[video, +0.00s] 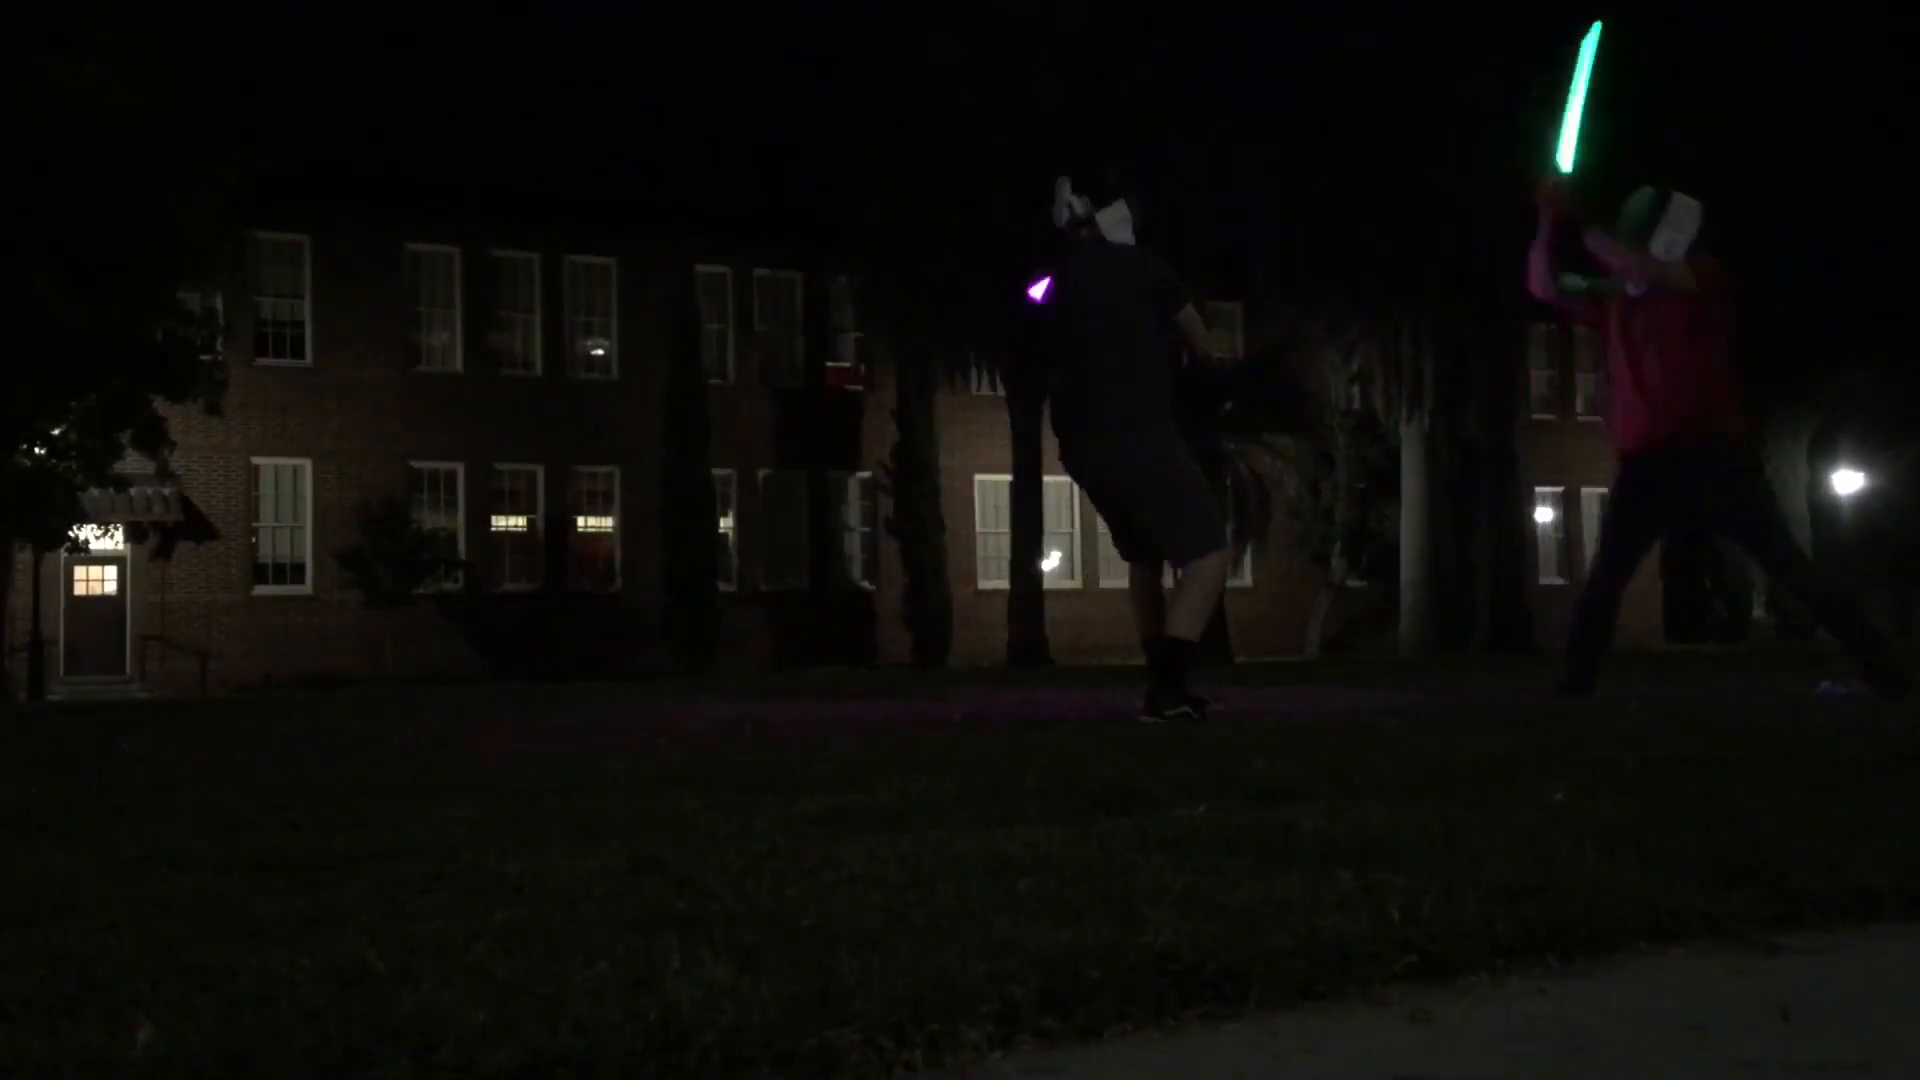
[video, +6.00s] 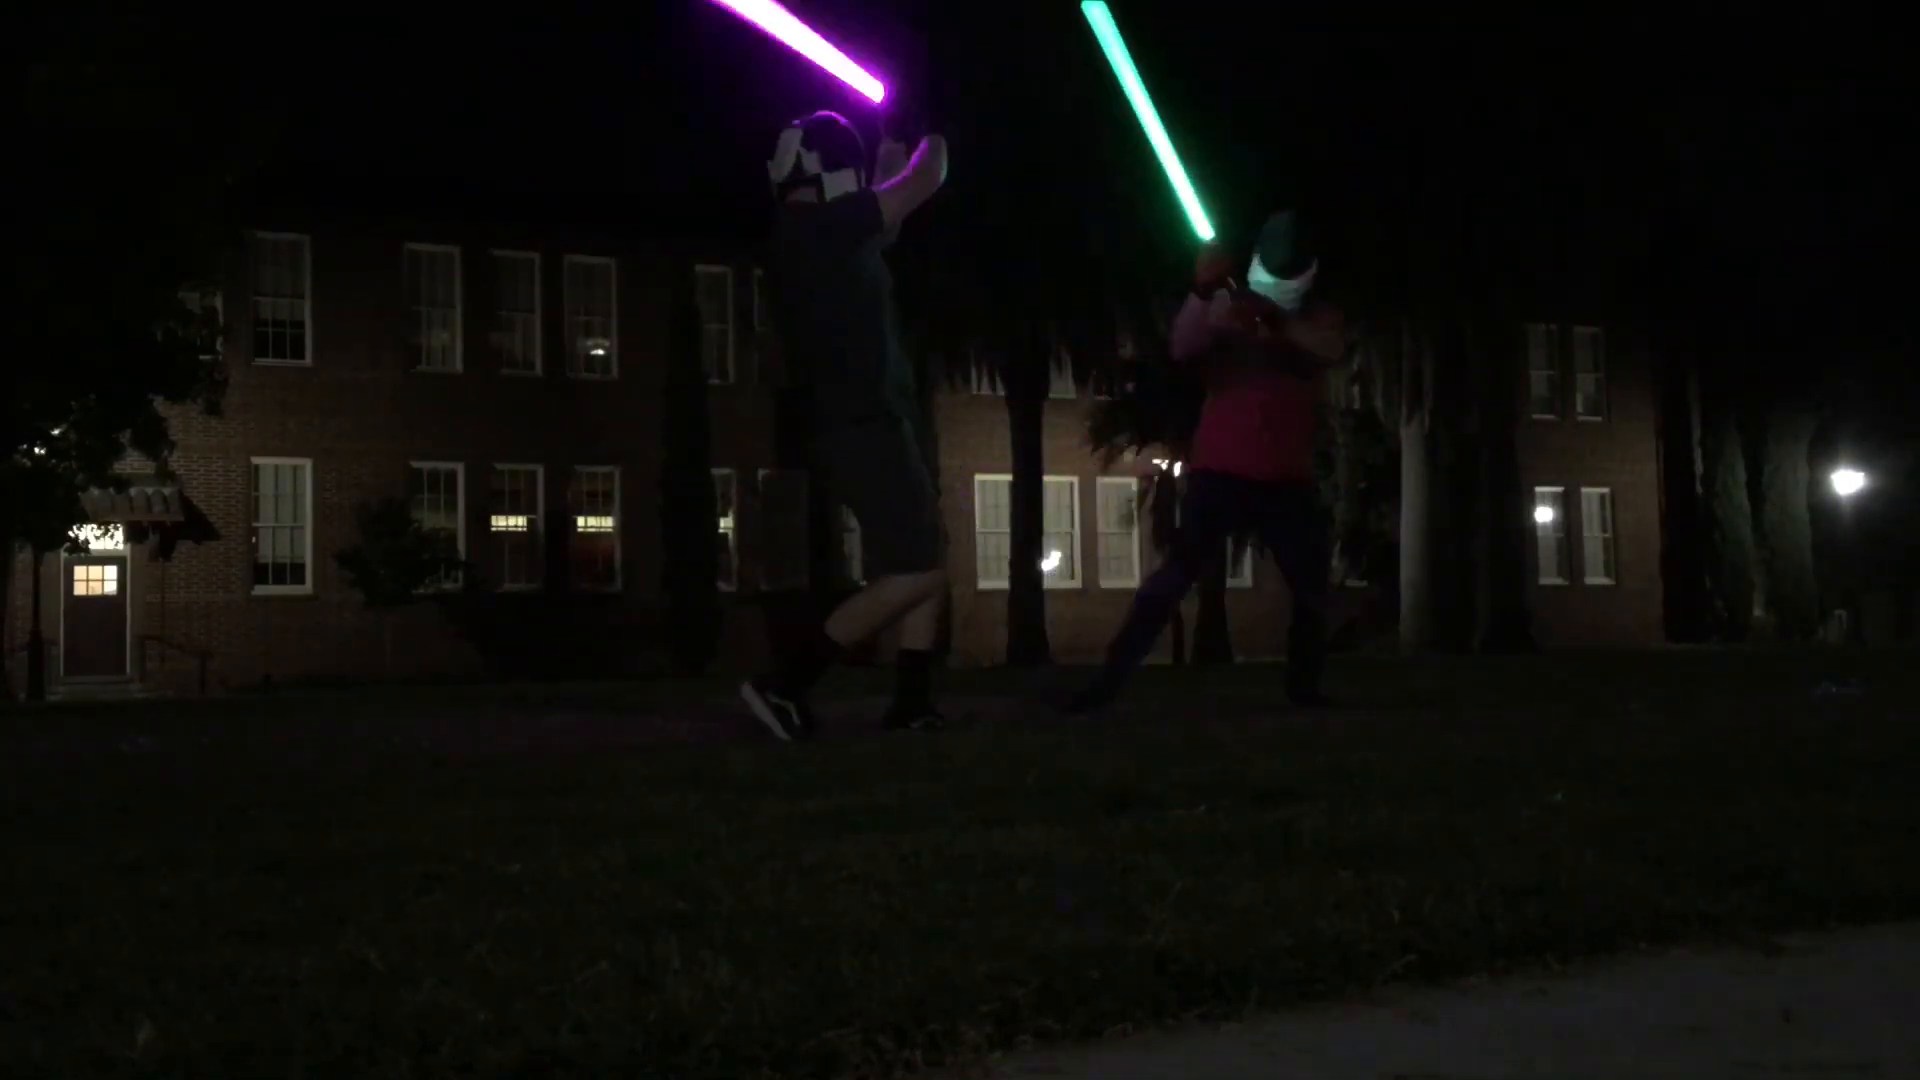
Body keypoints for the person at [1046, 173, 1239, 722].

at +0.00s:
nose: (1135, 217)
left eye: (1129, 207)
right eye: (1128, 208)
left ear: (1082, 222)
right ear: (1118, 215)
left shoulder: (1064, 281)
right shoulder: (1146, 271)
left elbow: (1056, 372)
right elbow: (1203, 348)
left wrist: (1063, 437)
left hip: (1084, 444)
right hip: (1144, 436)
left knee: (1143, 560)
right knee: (1208, 553)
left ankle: (1162, 683)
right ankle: (1170, 687)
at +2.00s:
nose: (982, 178)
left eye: (980, 164)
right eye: (974, 164)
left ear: (918, 165)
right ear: (948, 166)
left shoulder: (884, 222)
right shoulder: (955, 230)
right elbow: (996, 336)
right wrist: (1024, 380)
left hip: (902, 403)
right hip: (952, 402)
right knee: (996, 541)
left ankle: (927, 684)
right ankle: (934, 688)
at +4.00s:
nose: (848, 206)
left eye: (845, 195)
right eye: (841, 195)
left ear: (786, 199)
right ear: (819, 199)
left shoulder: (758, 256)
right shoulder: (836, 257)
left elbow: (751, 349)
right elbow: (852, 357)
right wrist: (842, 418)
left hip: (752, 427)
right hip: (816, 427)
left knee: (758, 560)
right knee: (887, 537)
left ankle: (739, 705)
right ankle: (873, 685)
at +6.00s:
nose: (858, 181)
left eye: (859, 171)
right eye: (852, 170)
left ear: (796, 176)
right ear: (831, 174)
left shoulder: (819, 230)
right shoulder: (829, 226)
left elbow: (884, 206)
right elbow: (925, 176)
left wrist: (890, 167)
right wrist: (930, 140)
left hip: (874, 416)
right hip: (863, 419)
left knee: (924, 562)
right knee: (920, 568)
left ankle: (909, 706)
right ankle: (787, 681)